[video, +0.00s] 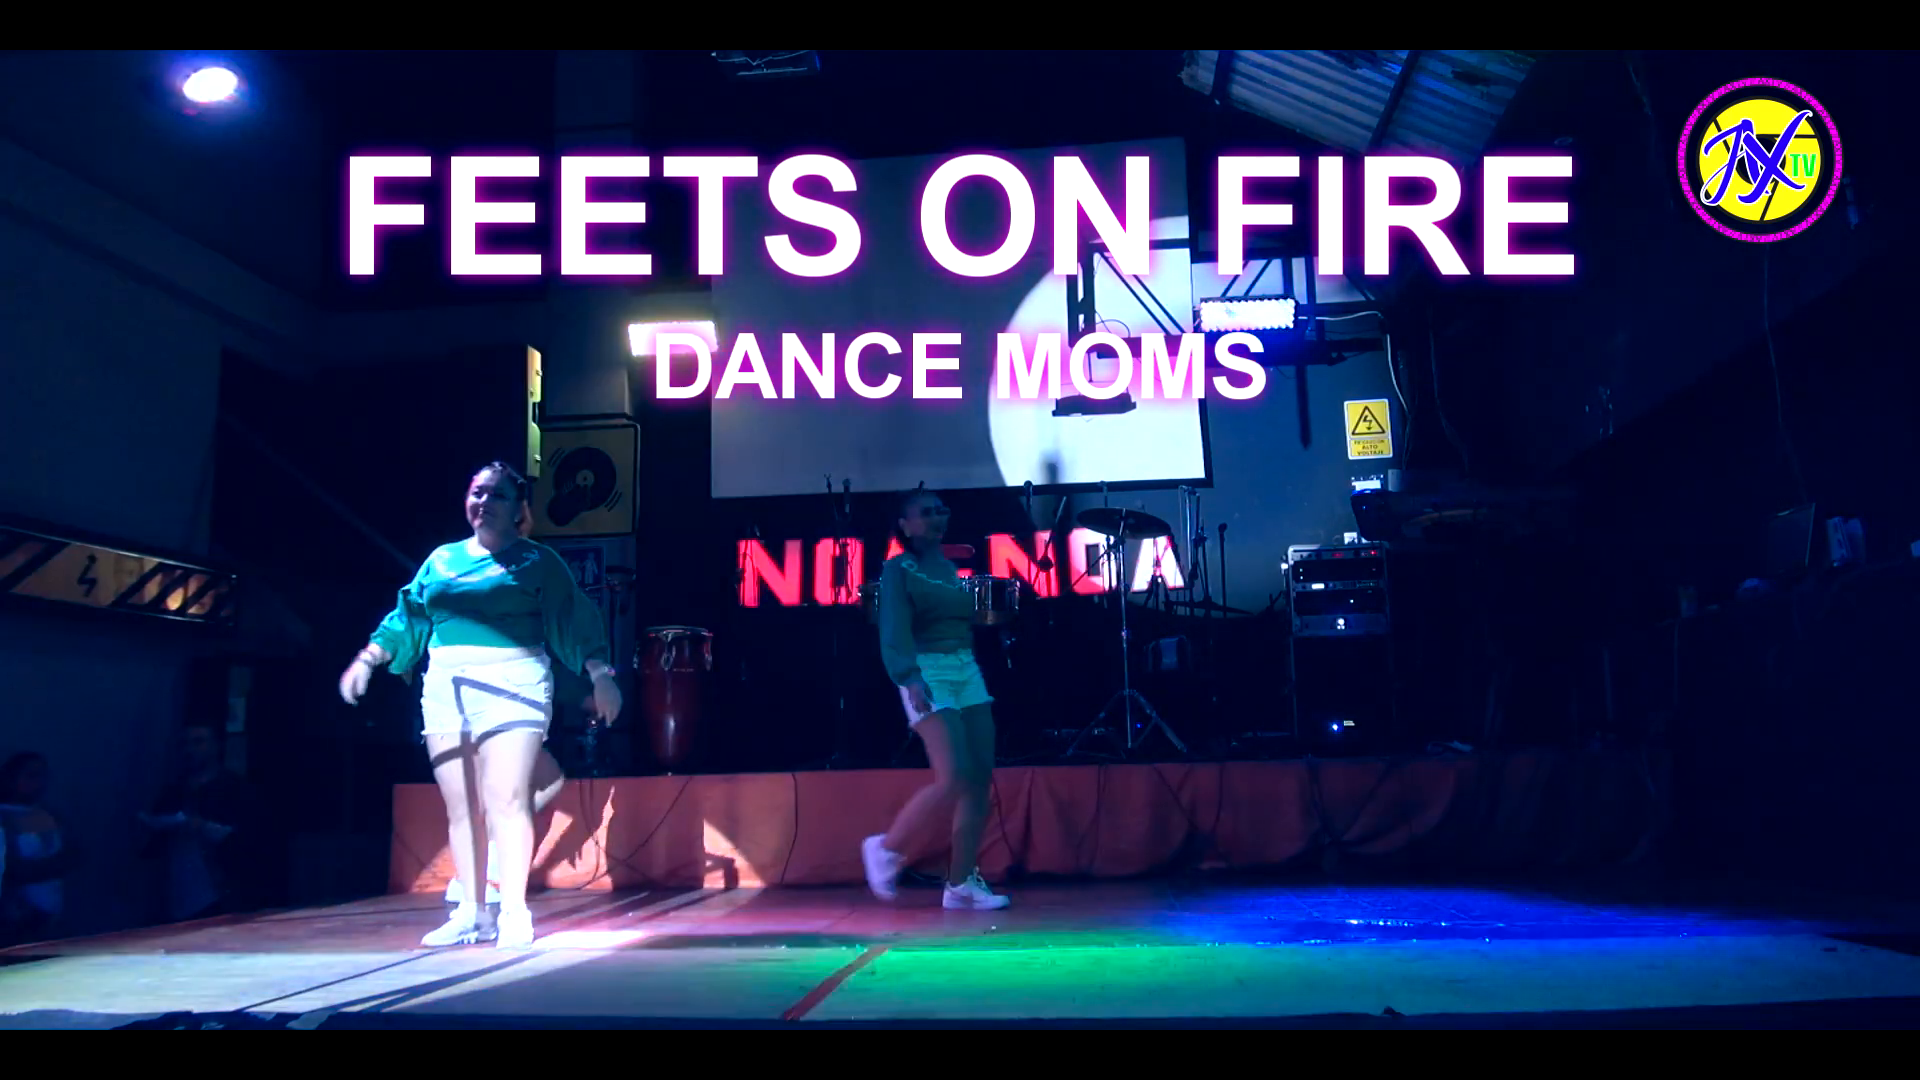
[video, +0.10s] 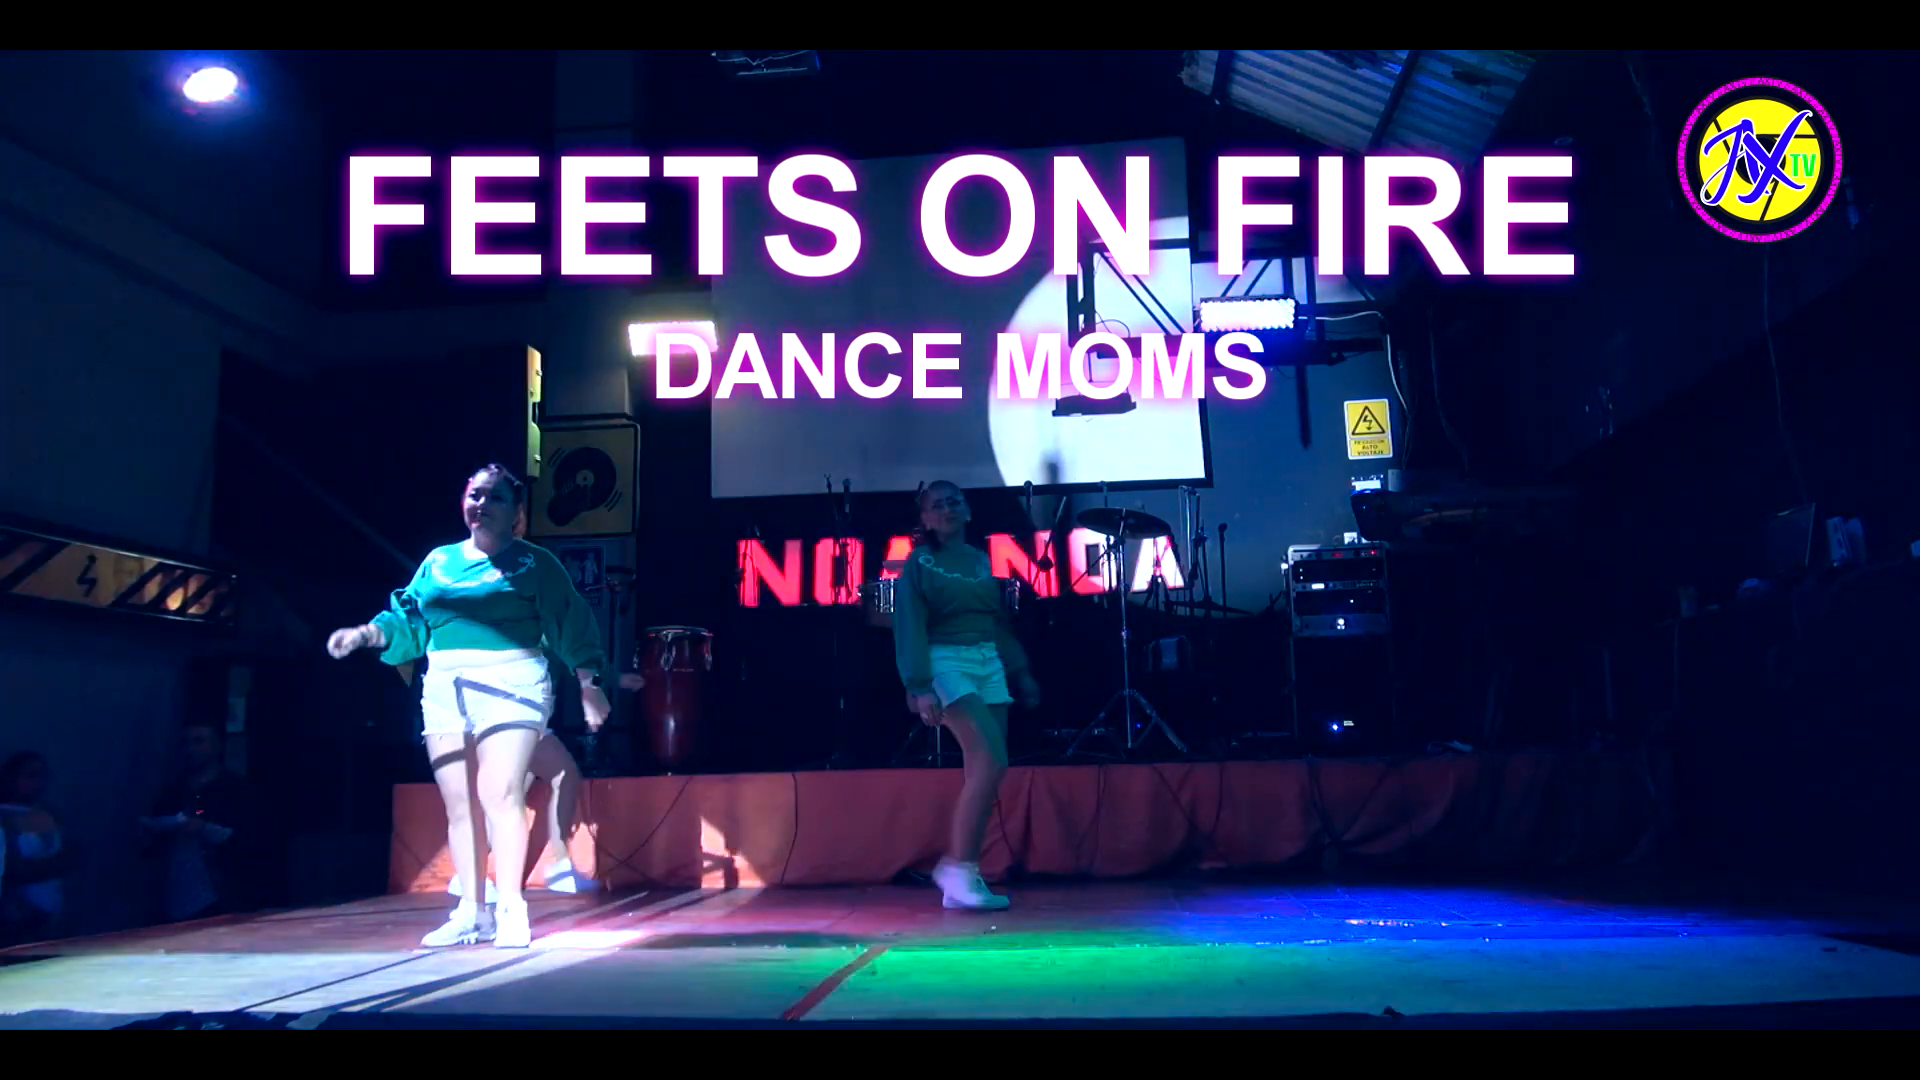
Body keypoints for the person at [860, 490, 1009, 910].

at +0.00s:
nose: (936, 518)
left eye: (939, 511)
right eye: (926, 513)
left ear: (944, 520)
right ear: (905, 524)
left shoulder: (948, 570)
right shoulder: (898, 571)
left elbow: (960, 620)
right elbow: (893, 631)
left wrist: (988, 612)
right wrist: (909, 679)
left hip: (967, 670)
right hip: (926, 674)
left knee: (978, 779)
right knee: (952, 778)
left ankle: (961, 882)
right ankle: (885, 849)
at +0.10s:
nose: (947, 510)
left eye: (953, 503)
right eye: (937, 506)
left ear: (965, 510)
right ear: (923, 518)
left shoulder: (979, 561)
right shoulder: (918, 564)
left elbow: (997, 624)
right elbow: (909, 627)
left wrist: (1020, 673)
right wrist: (919, 686)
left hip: (989, 662)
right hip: (944, 663)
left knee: (991, 766)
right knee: (985, 759)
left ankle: (966, 872)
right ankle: (958, 868)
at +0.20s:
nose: (963, 505)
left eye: (970, 497)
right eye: (955, 500)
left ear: (986, 507)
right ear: (946, 514)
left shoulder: (1010, 555)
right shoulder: (938, 561)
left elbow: (1036, 614)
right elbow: (922, 628)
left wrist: (1067, 653)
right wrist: (933, 690)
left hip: (1011, 661)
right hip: (965, 659)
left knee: (983, 775)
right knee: (1011, 766)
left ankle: (961, 880)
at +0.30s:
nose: (985, 507)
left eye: (992, 499)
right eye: (976, 503)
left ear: (1009, 506)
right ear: (968, 517)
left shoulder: (1040, 556)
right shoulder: (960, 566)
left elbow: (1074, 609)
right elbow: (938, 633)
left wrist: (1110, 640)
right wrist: (946, 693)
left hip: (1034, 665)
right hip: (986, 665)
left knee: (999, 780)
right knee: (1035, 771)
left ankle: (963, 878)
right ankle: (1081, 881)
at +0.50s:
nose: (1027, 506)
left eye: (1034, 498)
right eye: (1019, 502)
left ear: (1054, 501)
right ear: (1012, 514)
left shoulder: (1087, 551)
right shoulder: (1010, 565)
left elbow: (1121, 611)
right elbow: (987, 632)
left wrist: (1157, 656)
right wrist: (988, 694)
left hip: (1085, 660)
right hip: (1032, 657)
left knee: (1098, 780)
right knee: (1066, 773)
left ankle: (1022, 844)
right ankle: (1093, 889)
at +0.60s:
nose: (1061, 497)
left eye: (1065, 489)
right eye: (1051, 493)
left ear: (1078, 493)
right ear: (1035, 504)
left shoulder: (1110, 544)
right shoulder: (1032, 556)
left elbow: (1137, 613)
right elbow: (1008, 625)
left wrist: (1153, 672)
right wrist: (1016, 682)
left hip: (1106, 655)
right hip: (1052, 651)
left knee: (1138, 764)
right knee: (1076, 774)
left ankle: (1081, 846)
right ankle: (1092, 890)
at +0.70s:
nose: (1101, 484)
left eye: (1101, 476)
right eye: (1088, 479)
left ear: (1107, 481)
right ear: (1064, 492)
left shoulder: (1127, 536)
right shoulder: (1051, 543)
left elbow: (1149, 606)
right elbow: (1026, 614)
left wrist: (1157, 661)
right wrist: (1041, 657)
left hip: (1125, 647)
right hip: (1072, 649)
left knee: (1168, 753)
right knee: (1084, 768)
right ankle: (1094, 887)